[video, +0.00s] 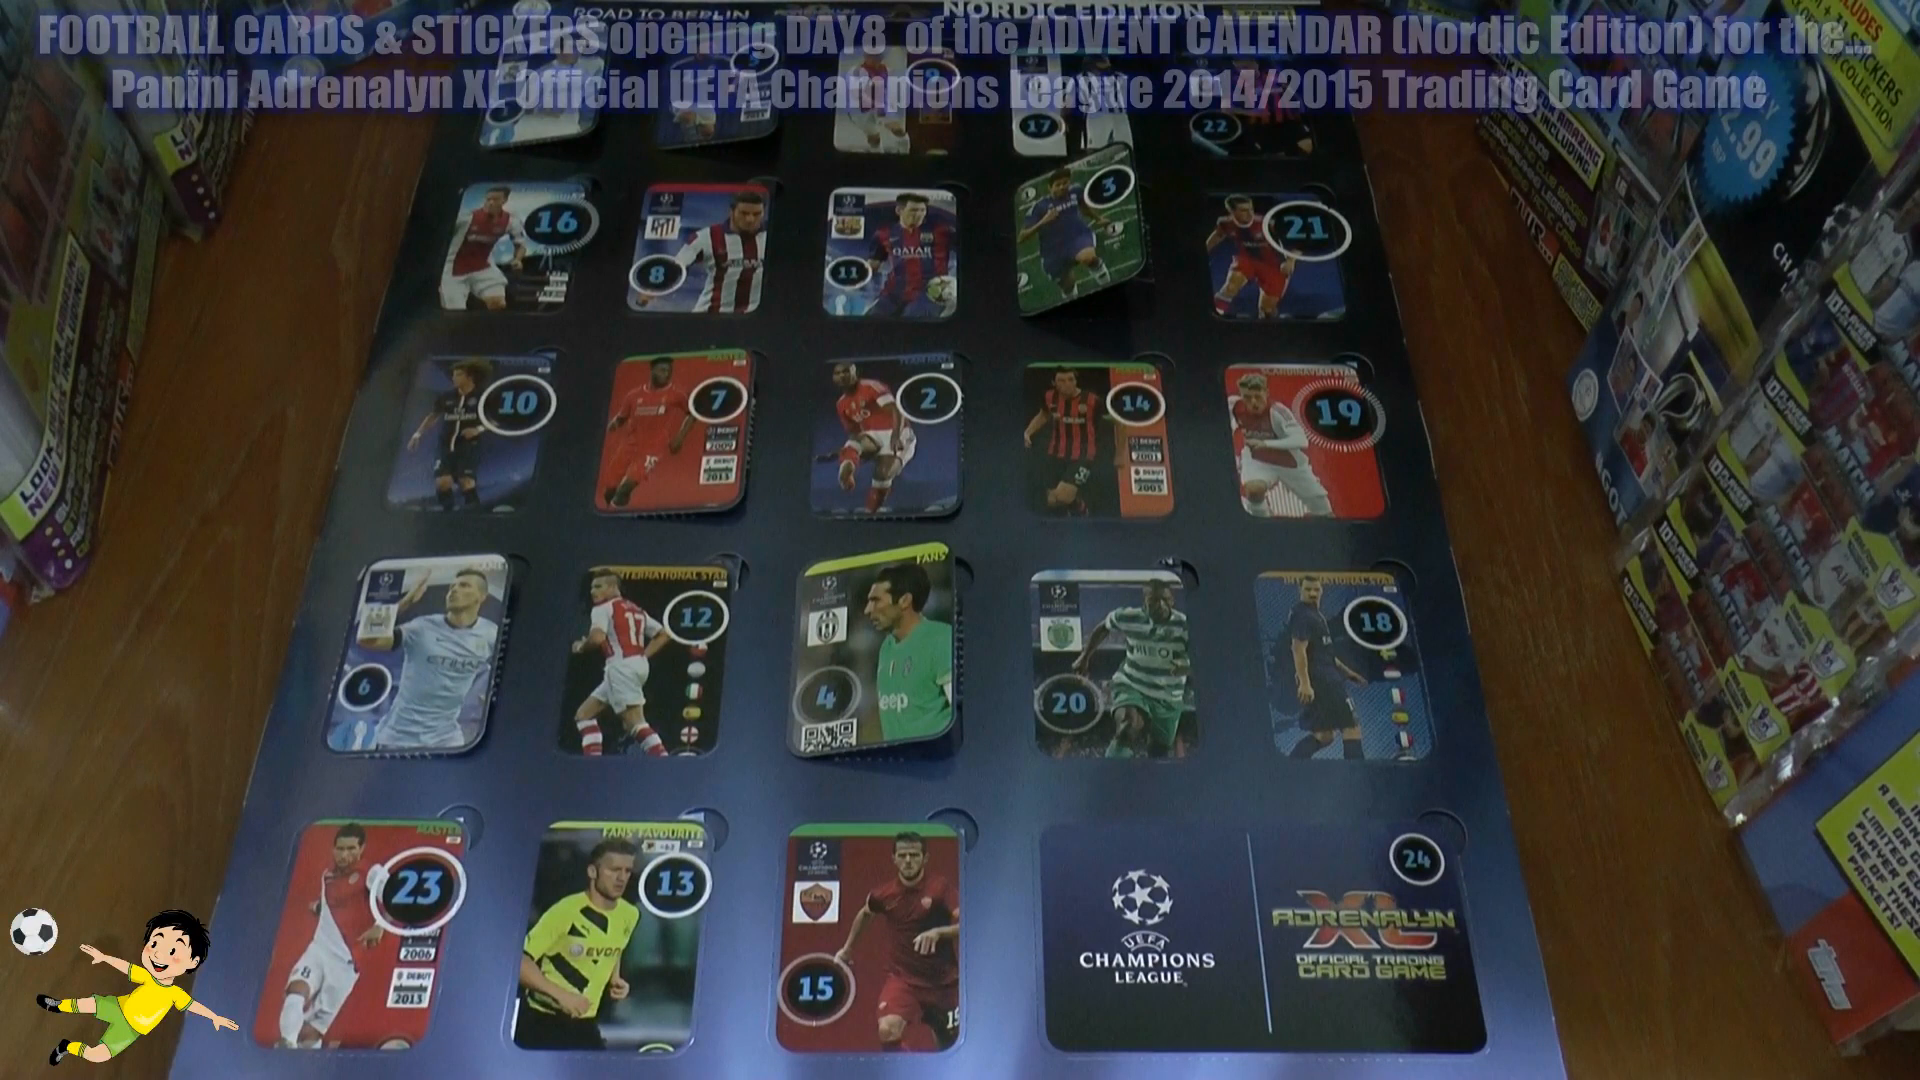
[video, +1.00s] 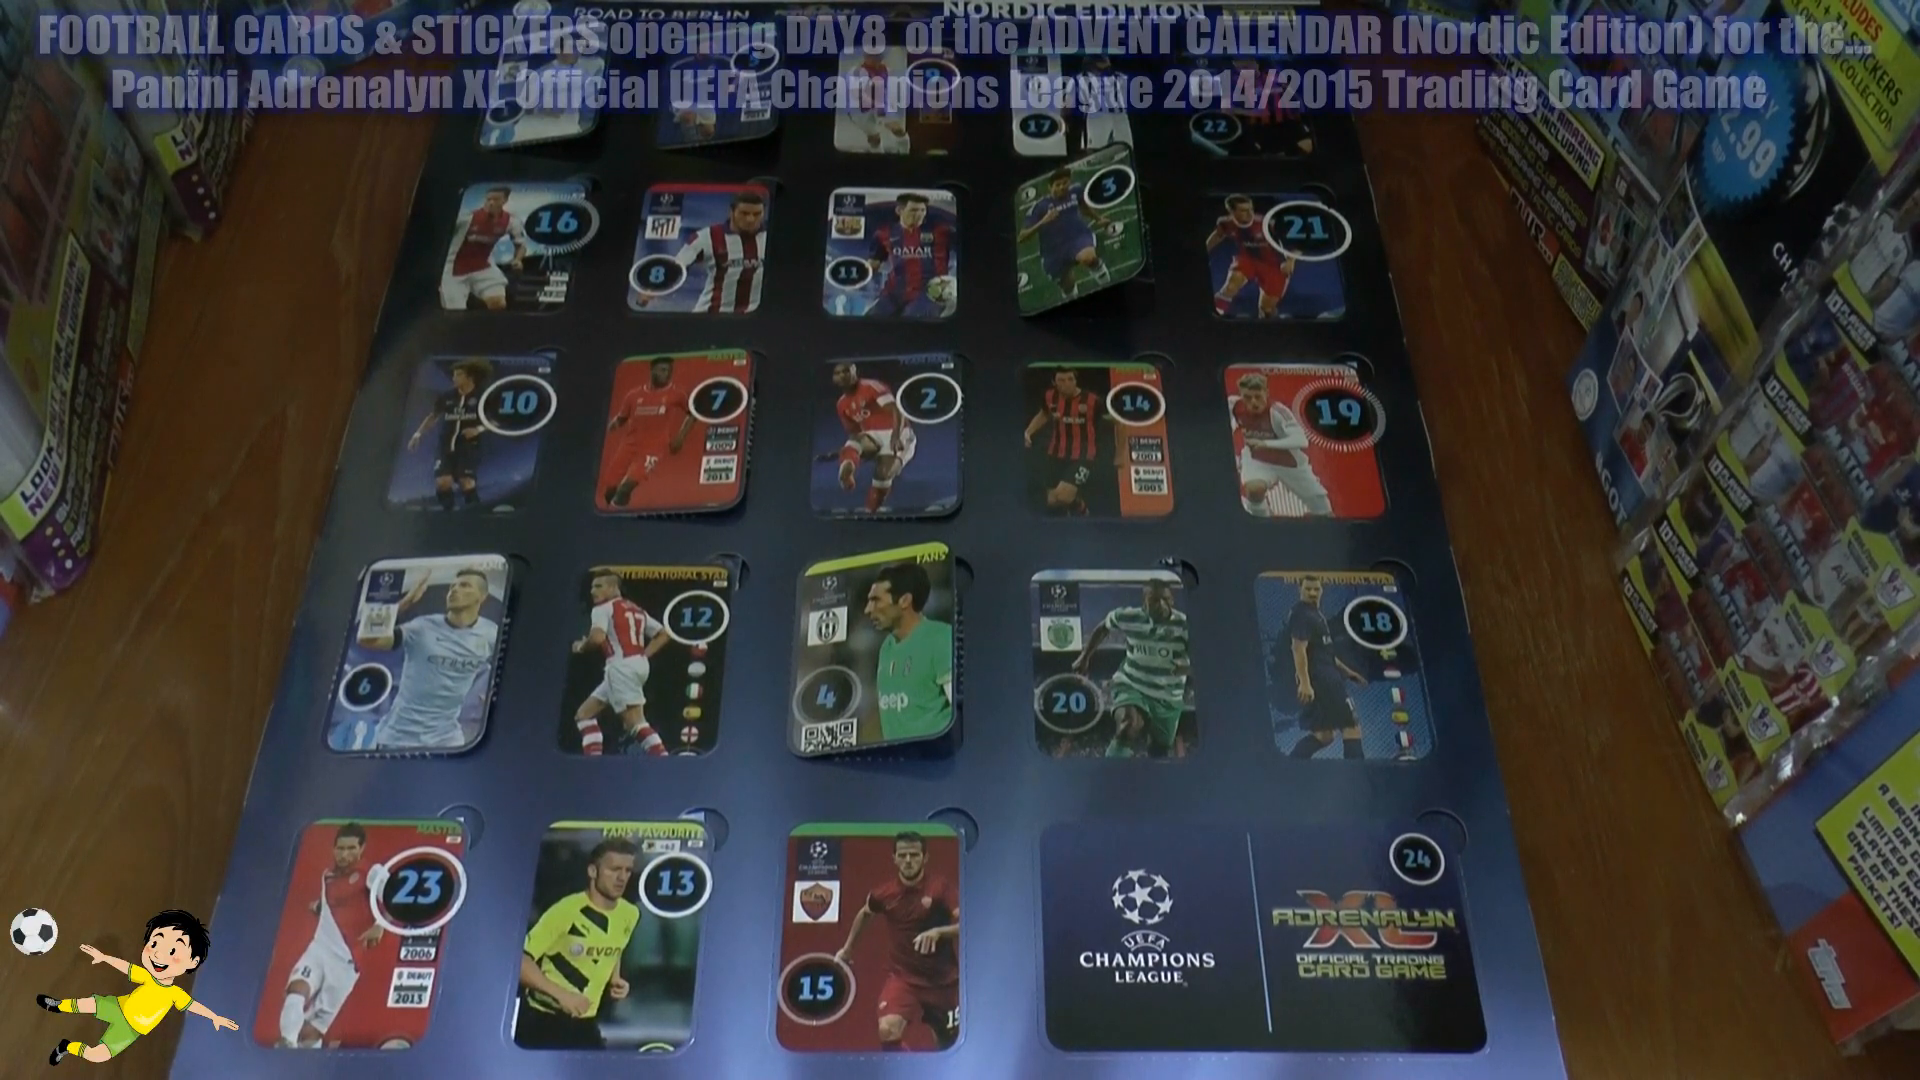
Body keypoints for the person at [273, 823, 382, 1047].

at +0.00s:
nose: (345, 855)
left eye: (351, 849)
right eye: (340, 848)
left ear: (361, 850)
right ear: (333, 849)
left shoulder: (371, 874)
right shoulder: (328, 875)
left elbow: (394, 899)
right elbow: (332, 900)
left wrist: (378, 926)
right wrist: (318, 906)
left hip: (345, 966)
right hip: (318, 951)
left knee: (308, 1035)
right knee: (297, 990)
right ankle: (287, 1043)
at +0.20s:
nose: (345, 854)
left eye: (351, 849)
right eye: (340, 848)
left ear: (361, 849)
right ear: (333, 849)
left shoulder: (371, 873)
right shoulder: (328, 875)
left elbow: (394, 899)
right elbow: (332, 900)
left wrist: (379, 926)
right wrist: (318, 906)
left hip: (345, 965)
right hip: (318, 950)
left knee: (308, 1034)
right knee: (297, 989)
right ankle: (288, 1043)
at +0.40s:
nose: (344, 854)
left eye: (351, 849)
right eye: (340, 848)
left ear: (361, 849)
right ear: (333, 849)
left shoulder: (371, 874)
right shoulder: (328, 875)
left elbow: (394, 899)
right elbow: (332, 899)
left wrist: (379, 926)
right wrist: (318, 905)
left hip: (345, 965)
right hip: (318, 950)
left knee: (308, 1034)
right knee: (297, 989)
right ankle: (287, 1042)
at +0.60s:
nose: (344, 854)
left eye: (351, 848)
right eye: (340, 848)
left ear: (361, 849)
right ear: (333, 849)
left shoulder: (371, 873)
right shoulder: (328, 875)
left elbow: (394, 899)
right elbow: (332, 899)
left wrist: (379, 926)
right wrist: (318, 905)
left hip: (345, 965)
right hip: (318, 950)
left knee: (308, 1034)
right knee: (297, 989)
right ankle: (288, 1042)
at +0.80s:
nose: (345, 854)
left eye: (351, 848)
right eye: (340, 847)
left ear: (361, 849)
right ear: (333, 848)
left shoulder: (372, 873)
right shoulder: (328, 874)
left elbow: (394, 898)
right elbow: (332, 898)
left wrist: (379, 925)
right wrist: (318, 904)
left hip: (346, 964)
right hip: (318, 949)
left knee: (309, 1033)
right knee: (297, 988)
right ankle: (288, 1041)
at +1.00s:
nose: (345, 854)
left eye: (351, 849)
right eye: (340, 848)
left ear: (361, 850)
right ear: (333, 849)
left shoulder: (371, 874)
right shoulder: (328, 875)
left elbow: (394, 899)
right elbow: (332, 899)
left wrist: (379, 926)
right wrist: (318, 905)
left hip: (345, 965)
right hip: (318, 950)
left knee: (309, 1034)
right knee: (297, 989)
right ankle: (287, 1042)